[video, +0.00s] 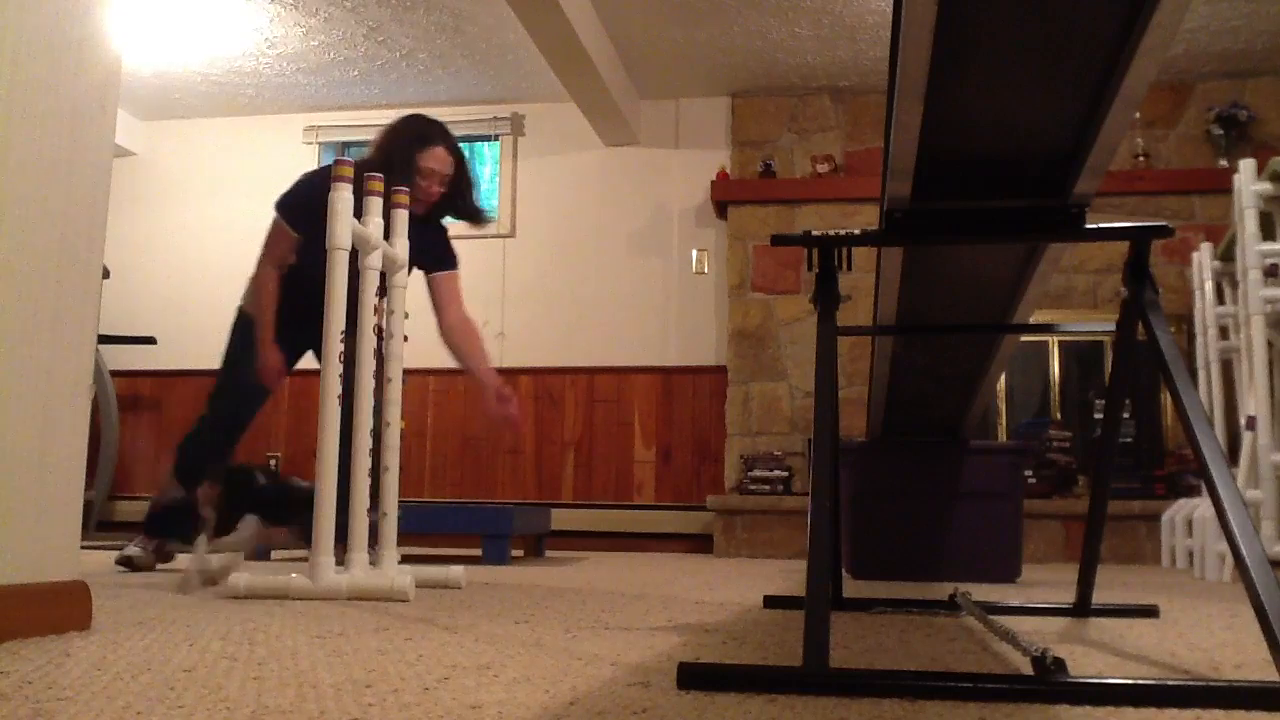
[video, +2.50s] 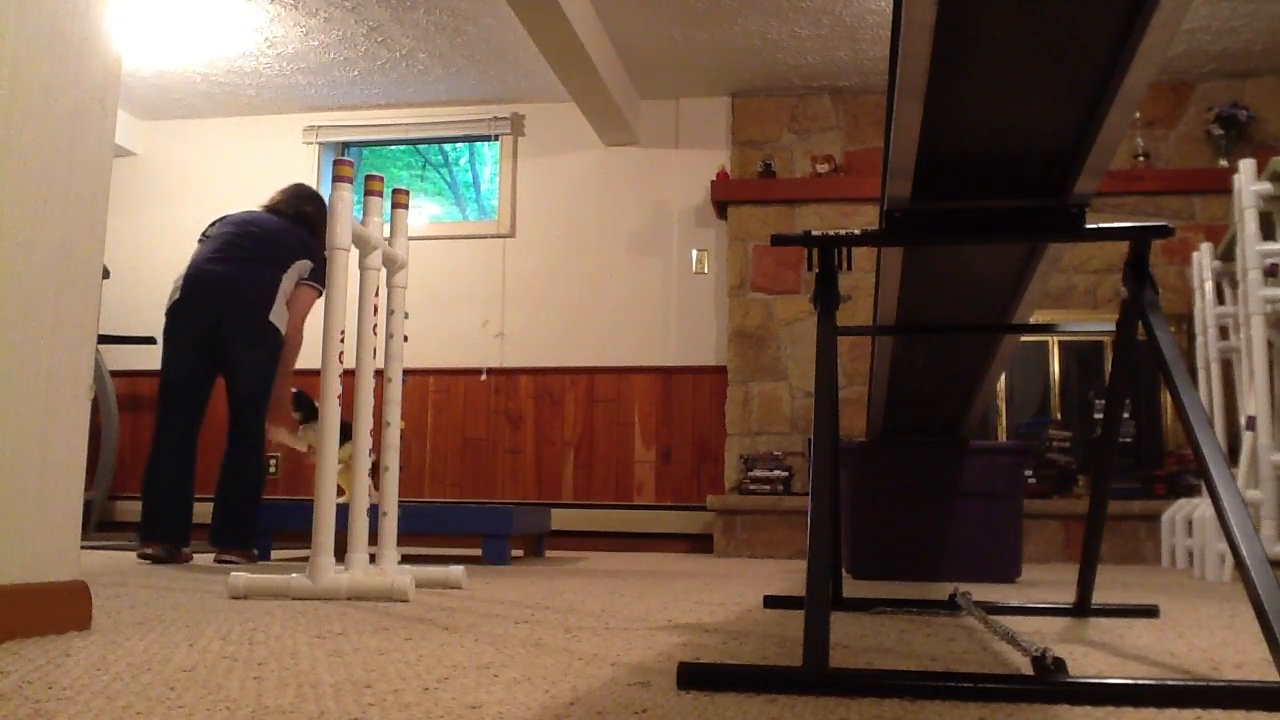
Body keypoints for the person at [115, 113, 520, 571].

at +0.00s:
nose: (433, 189)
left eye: (443, 180)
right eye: (425, 175)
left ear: (451, 180)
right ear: (395, 165)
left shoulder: (428, 232)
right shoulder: (324, 187)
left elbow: (453, 315)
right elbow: (270, 265)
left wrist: (489, 380)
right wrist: (265, 344)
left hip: (348, 319)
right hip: (285, 304)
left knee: (371, 425)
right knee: (232, 410)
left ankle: (349, 539)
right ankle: (161, 531)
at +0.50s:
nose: (413, 156)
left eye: (424, 147)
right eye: (404, 142)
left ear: (433, 151)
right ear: (377, 135)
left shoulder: (417, 206)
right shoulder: (317, 168)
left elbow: (430, 286)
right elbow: (269, 245)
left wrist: (446, 338)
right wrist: (256, 322)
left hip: (365, 310)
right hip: (298, 298)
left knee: (369, 422)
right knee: (240, 407)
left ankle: (356, 542)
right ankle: (170, 526)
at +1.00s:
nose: (308, 134)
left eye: (315, 126)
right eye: (300, 119)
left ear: (315, 134)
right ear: (270, 114)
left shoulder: (280, 187)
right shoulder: (220, 159)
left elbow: (246, 256)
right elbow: (197, 252)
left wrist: (266, 312)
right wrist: (210, 334)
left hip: (208, 297)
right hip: (151, 293)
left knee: (254, 403)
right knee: (163, 412)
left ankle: (240, 527)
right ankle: (117, 542)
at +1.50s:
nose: (285, 176)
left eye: (287, 166)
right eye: (284, 166)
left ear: (235, 151)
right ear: (271, 164)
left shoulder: (184, 186)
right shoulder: (259, 208)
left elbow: (146, 251)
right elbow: (265, 294)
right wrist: (285, 347)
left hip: (122, 306)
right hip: (177, 318)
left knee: (153, 420)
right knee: (186, 421)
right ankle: (138, 525)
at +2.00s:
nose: (297, 211)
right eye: (296, 203)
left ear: (243, 182)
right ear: (290, 198)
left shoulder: (195, 207)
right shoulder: (283, 233)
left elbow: (172, 264)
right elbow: (266, 297)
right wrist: (244, 335)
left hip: (163, 321)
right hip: (227, 329)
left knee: (163, 432)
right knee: (234, 433)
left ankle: (160, 539)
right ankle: (233, 540)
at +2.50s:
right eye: (321, 227)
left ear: (273, 204)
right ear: (317, 222)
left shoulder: (229, 221)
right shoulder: (313, 249)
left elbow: (189, 288)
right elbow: (293, 323)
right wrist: (280, 401)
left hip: (189, 319)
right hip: (252, 328)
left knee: (176, 425)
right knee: (247, 434)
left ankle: (162, 538)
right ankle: (233, 543)